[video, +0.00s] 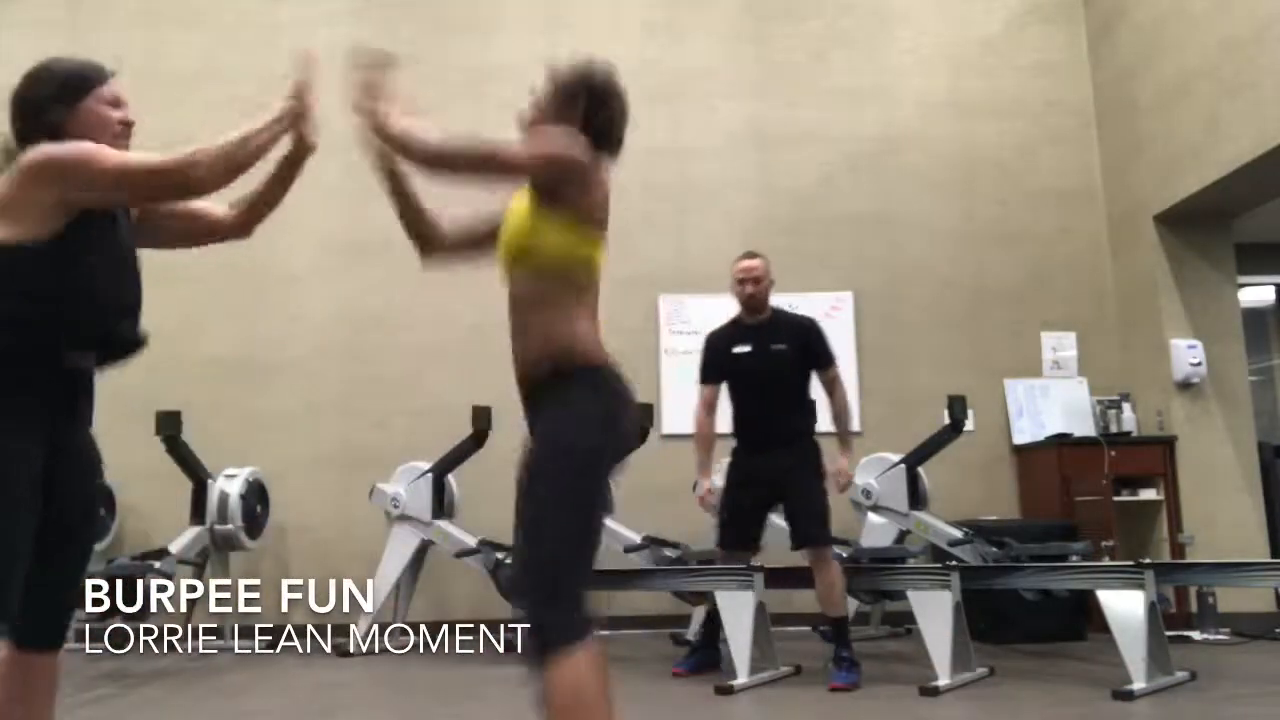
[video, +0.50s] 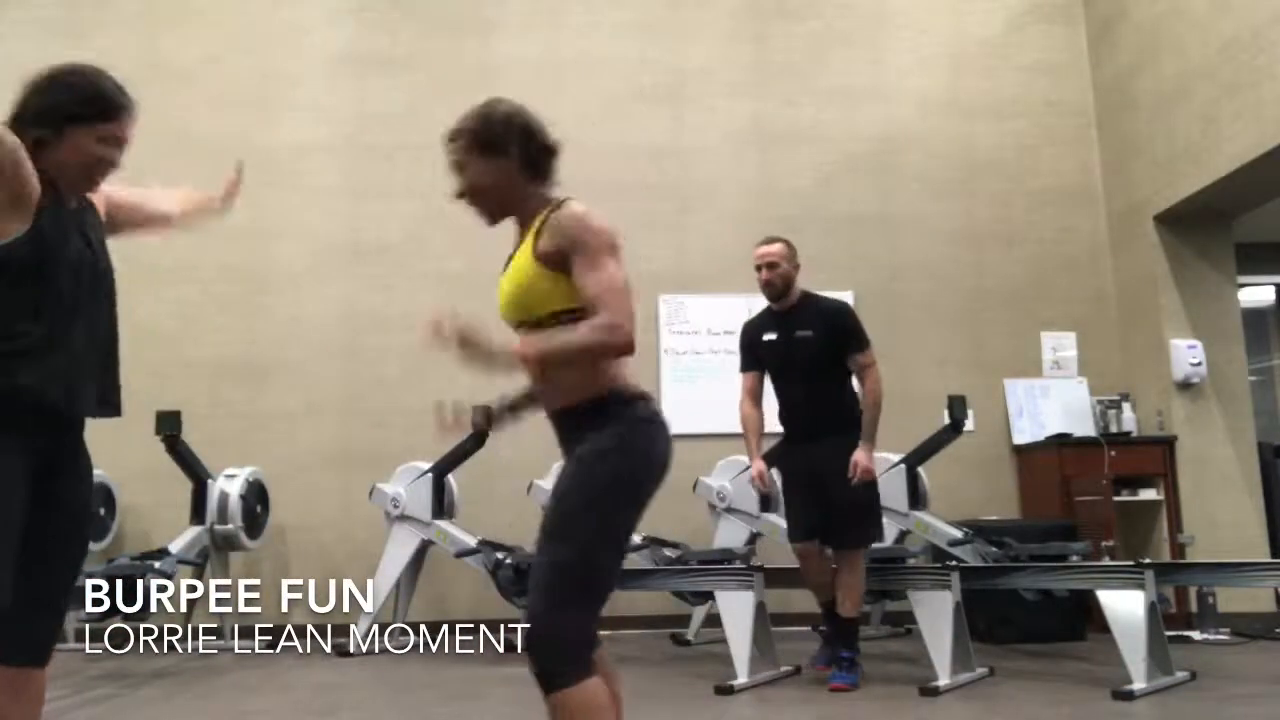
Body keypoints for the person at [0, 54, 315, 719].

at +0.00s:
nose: (127, 116)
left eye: (123, 105)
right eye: (110, 105)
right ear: (61, 117)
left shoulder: (105, 207)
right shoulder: (43, 172)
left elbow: (232, 222)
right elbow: (190, 172)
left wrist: (297, 153)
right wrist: (282, 121)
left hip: (64, 429)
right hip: (17, 426)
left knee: (43, 620)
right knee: (21, 617)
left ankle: (32, 706)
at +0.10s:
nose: (130, 109)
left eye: (125, 98)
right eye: (113, 99)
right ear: (70, 116)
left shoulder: (114, 196)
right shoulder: (46, 167)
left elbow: (239, 172)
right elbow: (195, 112)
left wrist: (315, 97)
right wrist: (292, 45)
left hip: (54, 436)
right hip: (20, 432)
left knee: (31, 627)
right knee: (21, 630)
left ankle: (25, 705)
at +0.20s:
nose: (116, 100)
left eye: (111, 89)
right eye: (101, 89)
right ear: (61, 103)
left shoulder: (109, 171)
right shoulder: (40, 150)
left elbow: (220, 129)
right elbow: (168, 69)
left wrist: (300, 67)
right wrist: (261, 1)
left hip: (53, 425)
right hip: (19, 424)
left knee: (28, 627)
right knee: (20, 630)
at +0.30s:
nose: (104, 135)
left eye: (104, 119)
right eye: (90, 120)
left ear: (84, 124)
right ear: (42, 114)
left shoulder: (87, 184)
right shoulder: (15, 165)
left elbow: (189, 123)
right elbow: (105, 65)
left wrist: (249, 61)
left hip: (62, 430)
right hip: (16, 435)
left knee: (31, 633)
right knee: (19, 635)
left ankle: (27, 712)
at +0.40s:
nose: (99, 127)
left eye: (102, 117)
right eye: (83, 115)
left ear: (97, 127)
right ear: (38, 120)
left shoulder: (87, 191)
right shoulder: (16, 188)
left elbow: (170, 148)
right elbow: (30, 72)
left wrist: (230, 101)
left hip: (66, 441)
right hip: (11, 442)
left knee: (27, 634)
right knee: (12, 633)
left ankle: (20, 710)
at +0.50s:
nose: (116, 158)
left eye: (121, 145)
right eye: (107, 141)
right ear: (48, 136)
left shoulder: (88, 207)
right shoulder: (21, 198)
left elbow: (153, 208)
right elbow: (10, 148)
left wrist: (215, 200)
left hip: (61, 449)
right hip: (11, 447)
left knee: (33, 633)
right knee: (18, 633)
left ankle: (25, 709)